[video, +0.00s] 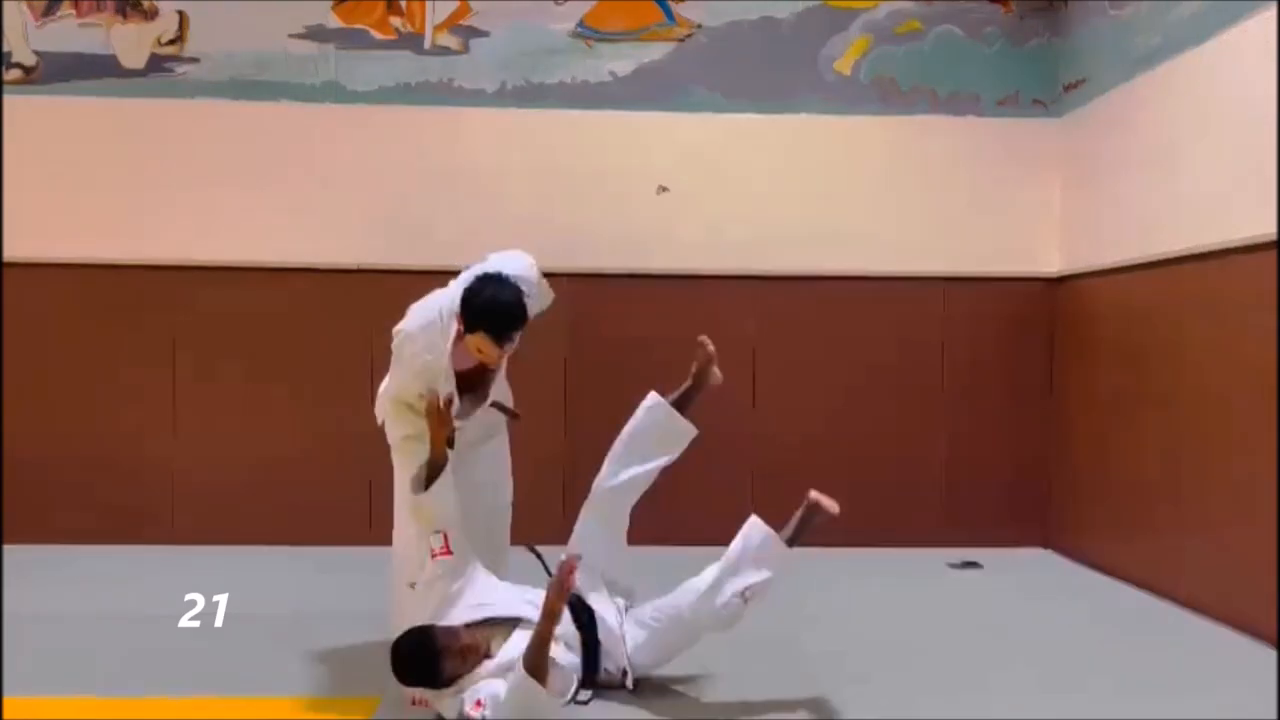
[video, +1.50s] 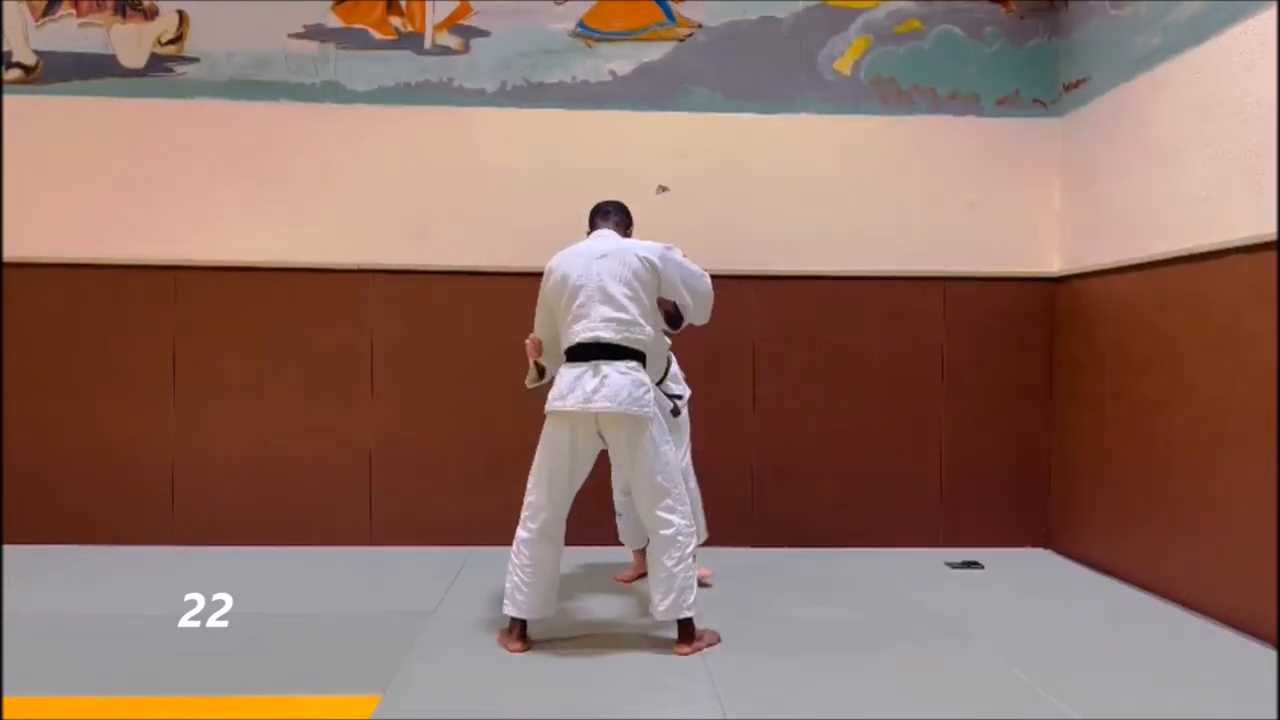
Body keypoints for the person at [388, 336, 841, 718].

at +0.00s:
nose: (471, 642)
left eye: (459, 636)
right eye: (459, 656)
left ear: (448, 625)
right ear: (453, 678)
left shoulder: (469, 597)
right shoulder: (482, 694)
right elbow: (529, 679)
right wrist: (551, 613)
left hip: (588, 591)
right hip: (622, 649)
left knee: (607, 494)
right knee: (711, 595)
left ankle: (693, 389)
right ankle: (800, 522)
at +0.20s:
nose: (458, 655)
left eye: (447, 643)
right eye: (444, 665)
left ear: (443, 624)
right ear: (435, 683)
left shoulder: (475, 593)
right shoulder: (470, 700)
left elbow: (466, 521)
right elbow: (491, 717)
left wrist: (464, 459)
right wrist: (449, 708)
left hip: (620, 619)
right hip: (619, 682)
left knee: (624, 548)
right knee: (647, 710)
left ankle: (738, 488)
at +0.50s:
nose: (441, 650)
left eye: (432, 639)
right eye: (430, 662)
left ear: (436, 622)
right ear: (428, 678)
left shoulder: (473, 595)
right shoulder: (465, 697)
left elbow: (483, 519)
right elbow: (496, 719)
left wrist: (470, 440)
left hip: (616, 617)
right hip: (620, 679)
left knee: (594, 527)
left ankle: (705, 442)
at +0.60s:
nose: (438, 642)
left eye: (427, 633)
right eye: (425, 655)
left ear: (432, 620)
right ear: (424, 674)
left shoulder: (472, 599)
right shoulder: (459, 696)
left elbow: (483, 528)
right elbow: (506, 719)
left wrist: (482, 443)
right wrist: (571, 718)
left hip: (610, 617)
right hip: (616, 682)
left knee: (592, 506)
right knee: (654, 713)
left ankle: (706, 417)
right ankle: (785, 663)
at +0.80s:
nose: (631, 229)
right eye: (631, 223)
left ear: (581, 217)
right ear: (626, 219)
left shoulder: (551, 256)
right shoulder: (647, 253)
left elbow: (543, 318)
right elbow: (695, 296)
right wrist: (647, 275)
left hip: (567, 390)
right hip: (628, 391)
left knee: (540, 504)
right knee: (661, 505)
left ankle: (516, 625)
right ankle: (683, 628)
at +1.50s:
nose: (622, 232)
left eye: (607, 225)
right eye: (626, 227)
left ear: (588, 227)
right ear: (629, 228)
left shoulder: (559, 263)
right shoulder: (651, 254)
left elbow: (546, 341)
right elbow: (701, 292)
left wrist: (548, 368)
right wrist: (675, 316)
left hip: (569, 390)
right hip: (629, 390)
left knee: (542, 508)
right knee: (666, 508)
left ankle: (517, 626)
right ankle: (686, 630)